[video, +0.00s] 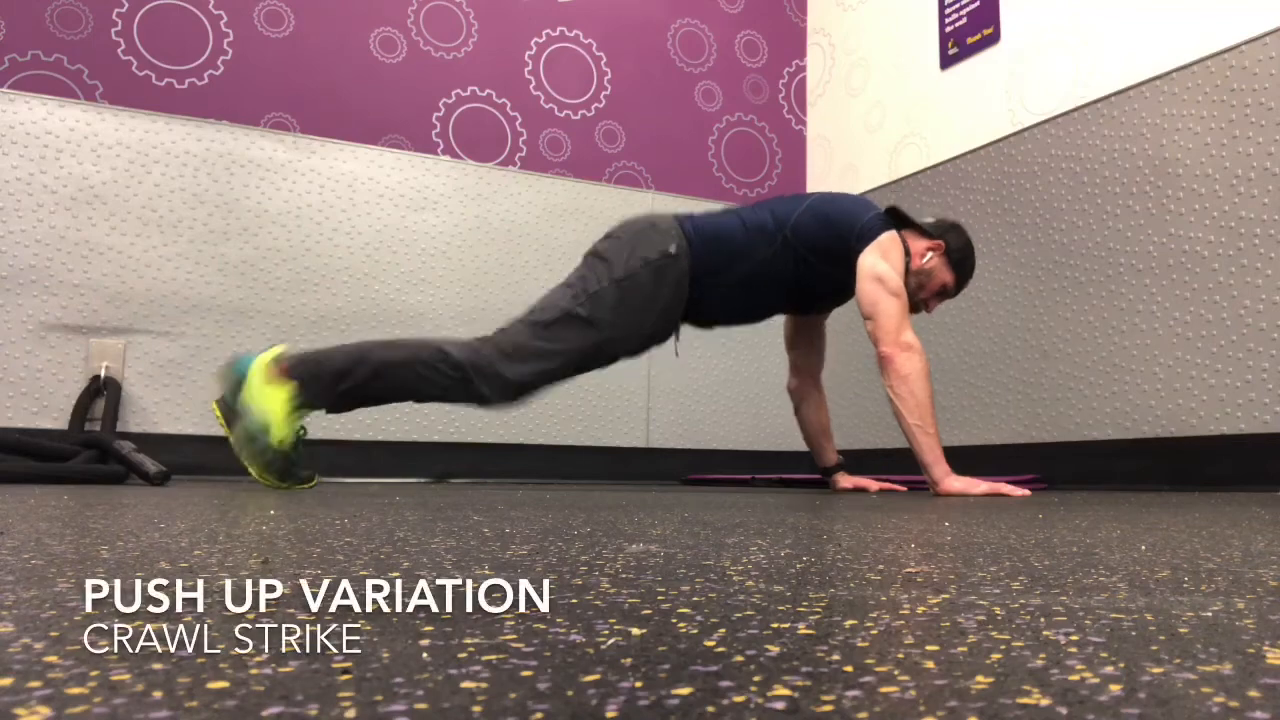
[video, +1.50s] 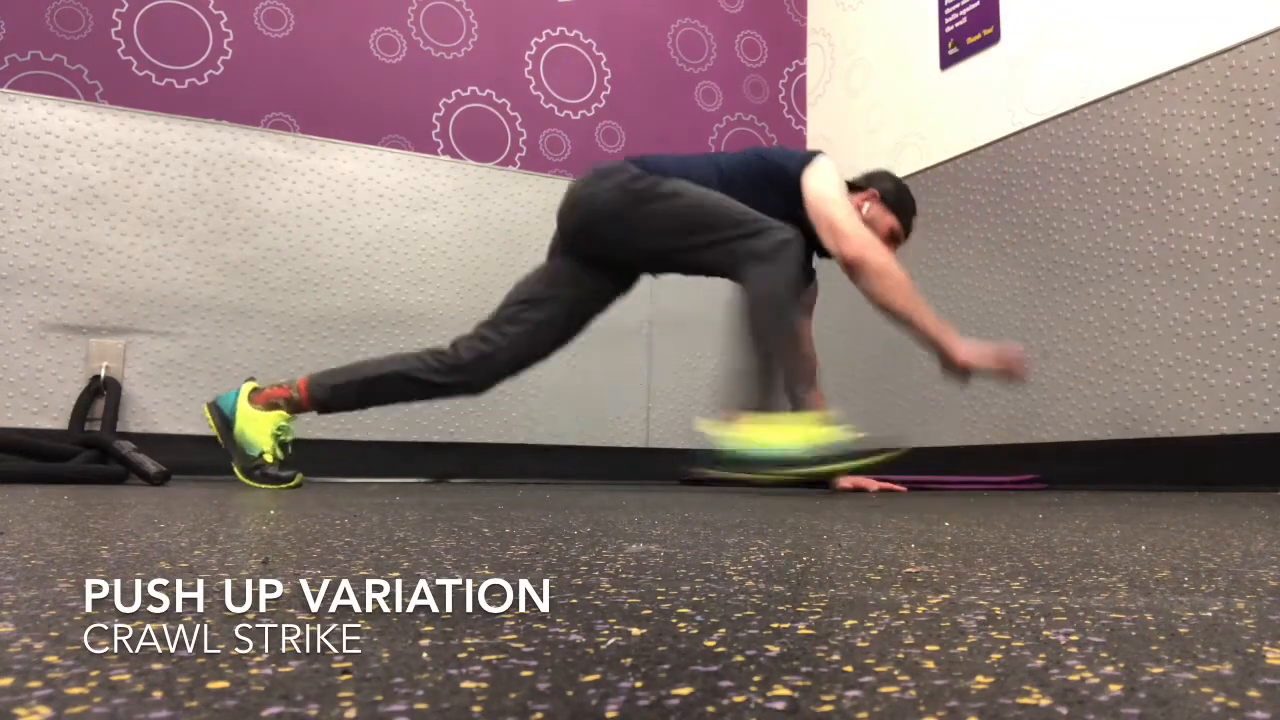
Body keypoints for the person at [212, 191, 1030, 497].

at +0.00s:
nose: (915, 299)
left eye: (927, 294)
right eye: (926, 282)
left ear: (907, 259)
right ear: (919, 245)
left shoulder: (830, 257)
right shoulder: (876, 227)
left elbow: (804, 374)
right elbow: (899, 346)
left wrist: (834, 470)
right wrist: (940, 473)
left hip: (658, 280)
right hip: (658, 262)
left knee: (496, 366)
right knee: (496, 367)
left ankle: (289, 387)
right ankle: (280, 382)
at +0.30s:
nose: (905, 266)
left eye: (914, 259)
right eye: (908, 245)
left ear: (886, 241)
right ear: (886, 206)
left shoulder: (818, 241)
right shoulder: (840, 195)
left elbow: (845, 325)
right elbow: (896, 306)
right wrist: (984, 403)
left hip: (631, 245)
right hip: (645, 201)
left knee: (501, 366)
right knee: (809, 254)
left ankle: (285, 405)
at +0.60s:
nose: (906, 196)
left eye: (911, 188)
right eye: (903, 177)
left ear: (868, 175)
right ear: (876, 158)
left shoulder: (800, 239)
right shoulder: (827, 164)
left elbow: (816, 356)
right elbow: (903, 212)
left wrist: (834, 469)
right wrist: (997, 186)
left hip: (652, 299)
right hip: (666, 251)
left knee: (498, 420)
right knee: (850, 249)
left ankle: (298, 403)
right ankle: (911, 438)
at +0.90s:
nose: (896, 195)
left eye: (901, 184)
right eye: (893, 178)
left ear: (856, 171)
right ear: (859, 160)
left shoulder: (795, 240)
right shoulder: (814, 173)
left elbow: (814, 364)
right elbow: (893, 229)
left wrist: (829, 468)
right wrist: (964, 179)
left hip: (639, 320)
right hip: (652, 265)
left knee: (485, 439)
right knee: (837, 253)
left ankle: (295, 408)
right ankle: (911, 442)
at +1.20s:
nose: (899, 199)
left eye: (903, 189)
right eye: (896, 183)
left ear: (857, 177)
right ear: (862, 164)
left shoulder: (796, 245)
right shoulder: (816, 175)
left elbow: (812, 364)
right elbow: (887, 232)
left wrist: (830, 470)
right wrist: (962, 188)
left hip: (643, 322)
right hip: (656, 263)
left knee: (487, 441)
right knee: (846, 255)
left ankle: (297, 406)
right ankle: (909, 441)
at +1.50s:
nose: (878, 242)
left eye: (887, 241)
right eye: (885, 225)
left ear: (870, 231)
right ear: (862, 190)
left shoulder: (793, 260)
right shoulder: (816, 170)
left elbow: (798, 360)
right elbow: (863, 253)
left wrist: (832, 462)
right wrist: (951, 346)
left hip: (602, 237)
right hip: (615, 190)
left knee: (478, 361)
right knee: (773, 248)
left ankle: (271, 405)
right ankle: (775, 416)